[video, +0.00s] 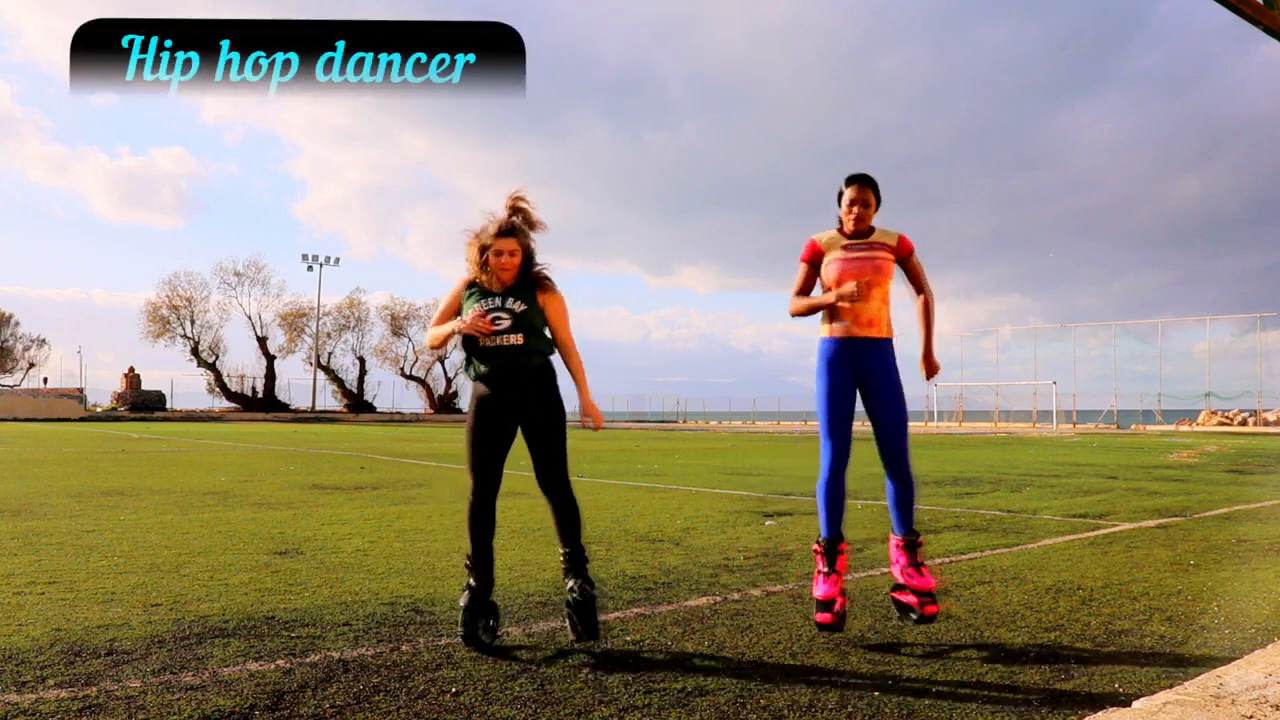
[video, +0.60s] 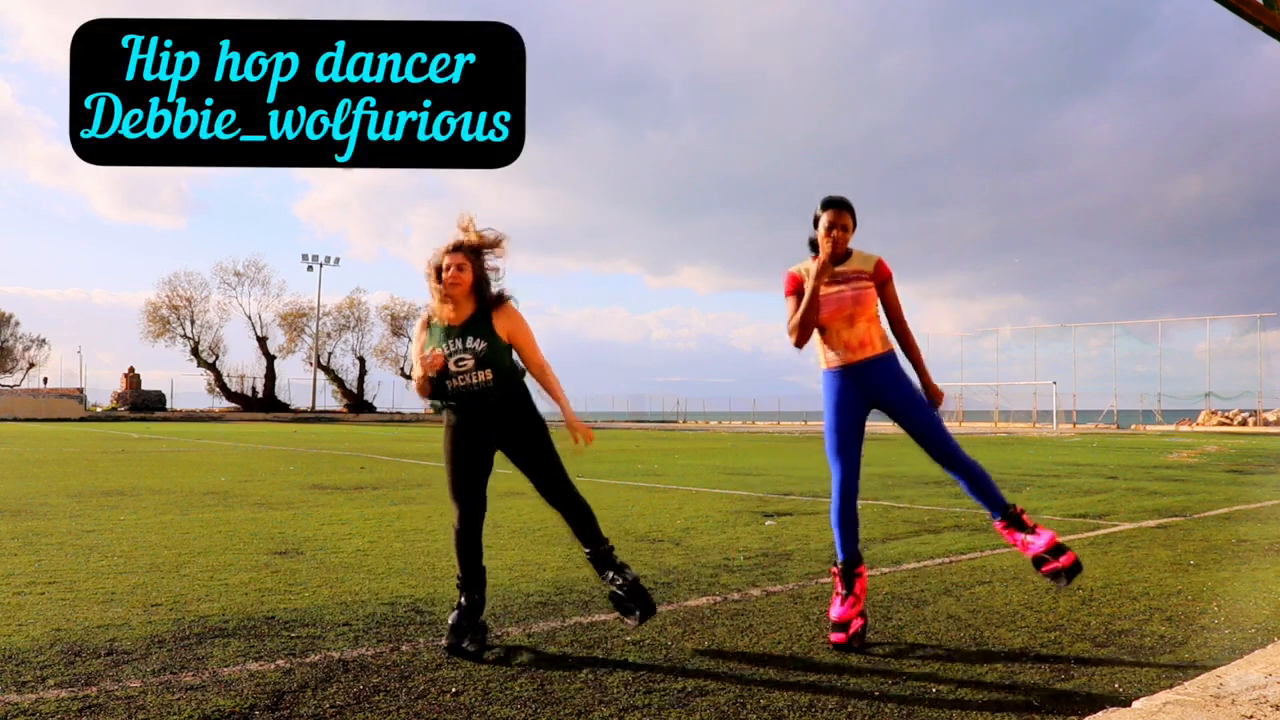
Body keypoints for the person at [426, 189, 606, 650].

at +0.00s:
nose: (504, 260)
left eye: (512, 253)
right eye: (497, 253)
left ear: (524, 258)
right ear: (485, 257)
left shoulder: (542, 292)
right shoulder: (468, 290)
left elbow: (565, 344)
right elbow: (431, 340)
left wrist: (585, 398)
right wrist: (458, 325)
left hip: (540, 397)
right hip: (491, 398)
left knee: (556, 484)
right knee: (482, 490)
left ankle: (577, 578)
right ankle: (480, 585)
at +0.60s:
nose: (452, 273)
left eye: (461, 267)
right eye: (447, 267)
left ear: (476, 275)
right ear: (439, 276)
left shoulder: (501, 313)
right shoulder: (428, 324)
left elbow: (537, 365)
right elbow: (420, 389)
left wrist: (567, 413)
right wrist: (426, 372)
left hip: (513, 416)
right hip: (464, 424)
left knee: (562, 494)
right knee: (467, 518)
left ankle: (613, 572)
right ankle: (470, 609)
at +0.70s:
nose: (453, 279)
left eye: (462, 273)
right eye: (449, 272)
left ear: (479, 279)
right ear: (442, 278)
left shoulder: (506, 320)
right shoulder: (432, 326)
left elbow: (537, 370)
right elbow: (414, 378)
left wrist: (530, 411)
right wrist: (424, 386)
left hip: (515, 421)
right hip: (466, 431)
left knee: (554, 505)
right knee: (468, 521)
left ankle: (586, 587)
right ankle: (470, 608)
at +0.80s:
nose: (474, 262)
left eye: (483, 256)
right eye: (470, 254)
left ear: (503, 259)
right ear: (465, 256)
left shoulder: (524, 293)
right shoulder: (454, 293)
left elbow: (556, 338)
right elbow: (433, 338)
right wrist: (417, 380)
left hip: (518, 403)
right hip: (469, 405)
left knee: (538, 495)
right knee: (468, 501)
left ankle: (544, 589)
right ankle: (463, 603)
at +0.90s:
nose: (487, 251)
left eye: (496, 244)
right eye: (484, 243)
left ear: (518, 247)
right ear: (481, 242)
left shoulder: (542, 283)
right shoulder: (471, 276)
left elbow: (574, 332)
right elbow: (442, 325)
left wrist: (543, 301)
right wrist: (421, 374)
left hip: (520, 394)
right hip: (470, 392)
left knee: (528, 491)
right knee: (459, 489)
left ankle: (529, 586)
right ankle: (448, 586)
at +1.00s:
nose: (504, 258)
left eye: (515, 254)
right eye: (503, 251)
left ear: (537, 261)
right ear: (500, 253)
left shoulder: (559, 301)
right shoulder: (487, 288)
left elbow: (590, 355)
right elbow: (454, 339)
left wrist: (579, 326)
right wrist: (428, 386)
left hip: (528, 404)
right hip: (478, 396)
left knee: (527, 502)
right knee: (441, 487)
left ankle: (523, 597)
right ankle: (399, 579)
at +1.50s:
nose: (551, 271)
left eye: (560, 265)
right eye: (547, 264)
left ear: (579, 274)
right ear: (540, 269)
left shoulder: (590, 323)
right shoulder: (516, 303)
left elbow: (611, 372)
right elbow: (477, 347)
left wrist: (609, 378)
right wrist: (453, 387)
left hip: (546, 420)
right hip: (496, 407)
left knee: (548, 509)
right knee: (440, 482)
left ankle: (543, 601)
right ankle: (373, 568)